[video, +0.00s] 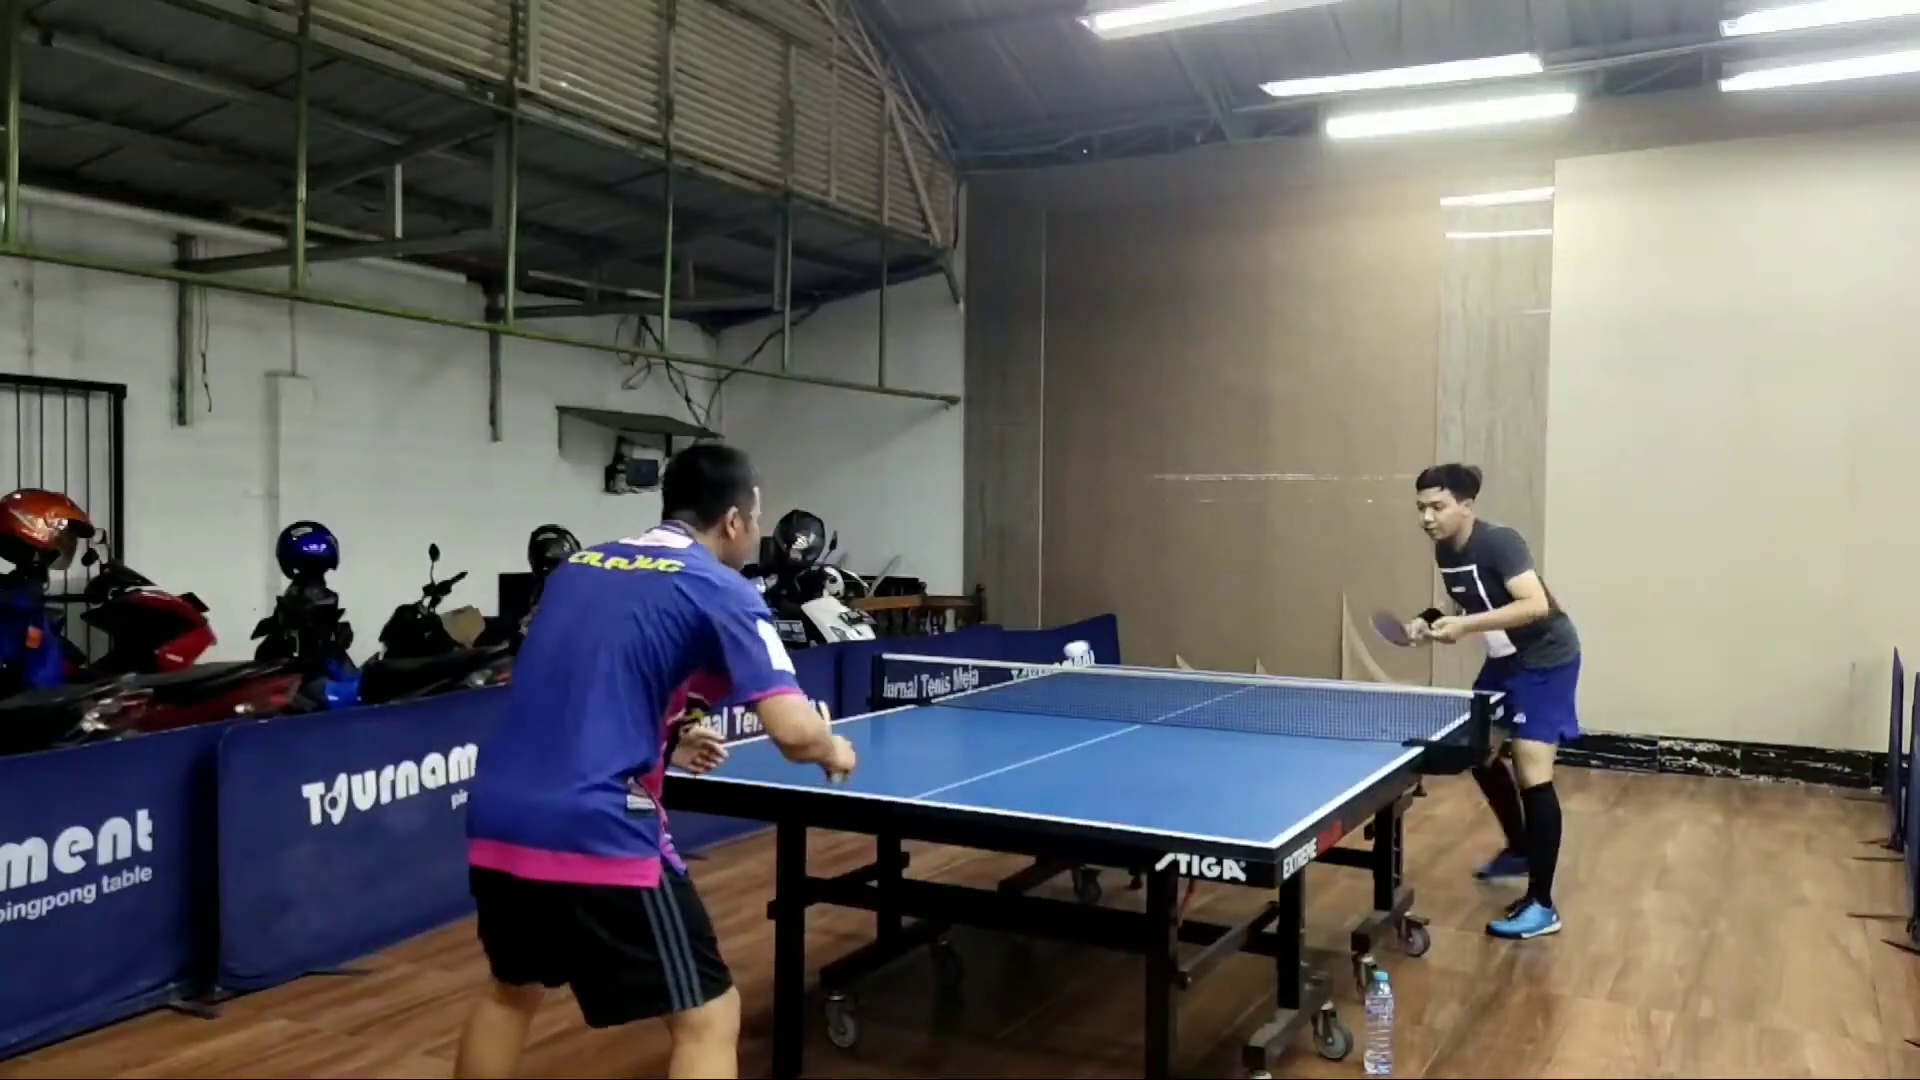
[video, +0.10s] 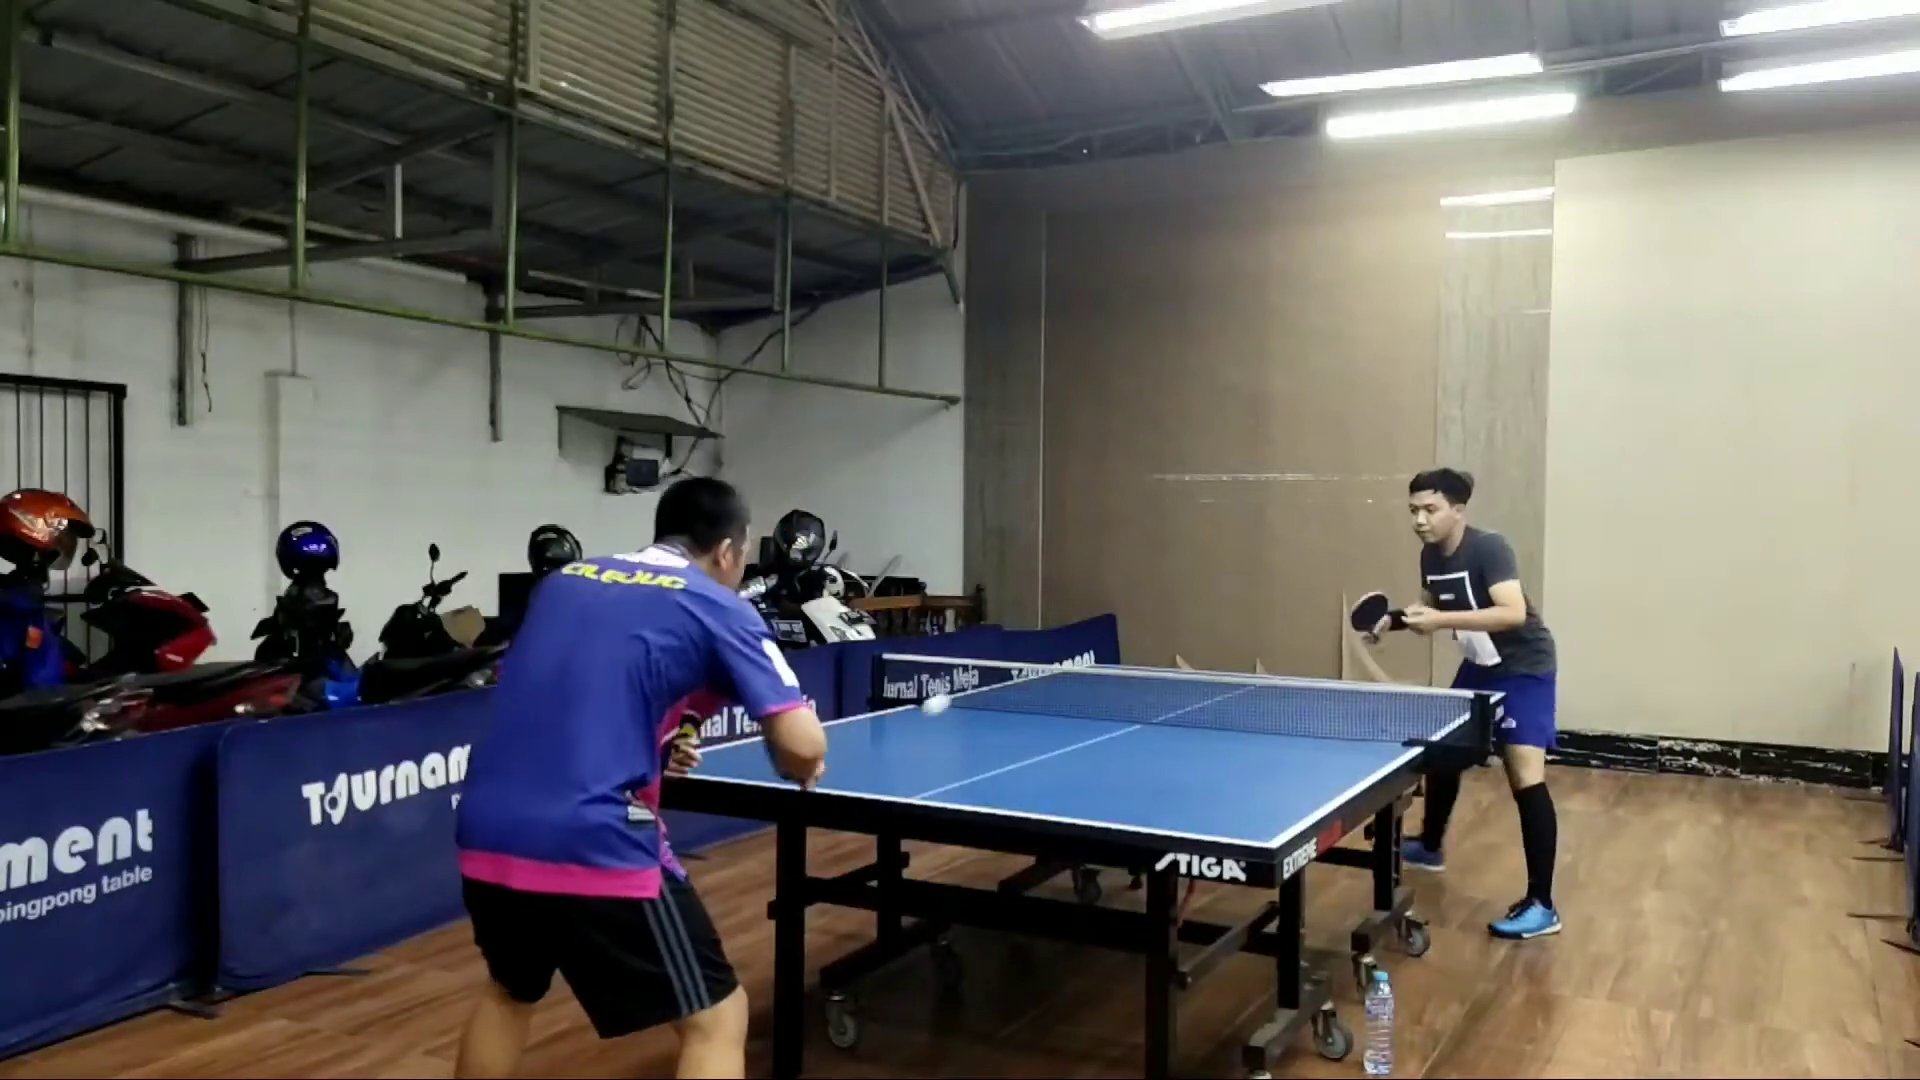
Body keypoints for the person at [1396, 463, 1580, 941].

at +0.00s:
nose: (1427, 517)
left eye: (1436, 506)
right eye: (1422, 509)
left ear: (1465, 505)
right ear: (1423, 511)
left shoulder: (1500, 543)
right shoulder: (1446, 551)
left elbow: (1537, 606)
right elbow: (1472, 606)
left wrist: (1466, 624)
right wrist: (1434, 621)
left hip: (1545, 659)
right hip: (1502, 660)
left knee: (1531, 767)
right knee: (1476, 750)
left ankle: (1542, 903)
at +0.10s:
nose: (1419, 519)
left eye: (1429, 510)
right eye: (1414, 511)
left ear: (1459, 510)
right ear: (1413, 513)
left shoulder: (1489, 548)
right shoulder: (1431, 557)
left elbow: (1514, 613)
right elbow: (1440, 617)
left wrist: (1440, 619)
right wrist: (1398, 620)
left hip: (1523, 670)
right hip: (1477, 667)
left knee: (1525, 775)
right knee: (1442, 751)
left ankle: (1541, 904)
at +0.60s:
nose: (1396, 523)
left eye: (1404, 513)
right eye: (1389, 516)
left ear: (1430, 513)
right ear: (1386, 521)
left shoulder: (1455, 549)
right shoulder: (1407, 570)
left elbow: (1472, 602)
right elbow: (1411, 625)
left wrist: (1407, 599)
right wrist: (1388, 645)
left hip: (1491, 675)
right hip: (1441, 674)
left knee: (1499, 777)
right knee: (1387, 738)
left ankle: (1561, 881)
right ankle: (1389, 841)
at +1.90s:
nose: (1456, 496)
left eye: (1467, 489)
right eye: (1449, 489)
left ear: (1486, 495)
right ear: (1442, 496)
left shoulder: (1516, 537)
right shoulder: (1434, 555)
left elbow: (1561, 585)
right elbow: (1403, 603)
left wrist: (1544, 592)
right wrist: (1376, 596)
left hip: (1528, 663)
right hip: (1472, 664)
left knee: (1536, 758)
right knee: (1428, 750)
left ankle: (1568, 875)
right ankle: (1398, 838)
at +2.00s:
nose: (1469, 489)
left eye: (1480, 481)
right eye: (1462, 481)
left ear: (1499, 488)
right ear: (1454, 488)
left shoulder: (1525, 532)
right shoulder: (1441, 546)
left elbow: (1569, 579)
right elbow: (1395, 584)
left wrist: (1565, 594)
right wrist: (1359, 572)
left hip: (1534, 660)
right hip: (1477, 661)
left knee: (1544, 754)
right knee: (1440, 747)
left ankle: (1570, 874)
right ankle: (1416, 837)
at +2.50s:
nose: (1435, 491)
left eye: (1446, 484)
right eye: (1431, 483)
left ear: (1469, 488)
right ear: (1426, 489)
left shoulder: (1491, 534)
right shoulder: (1421, 546)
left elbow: (1513, 590)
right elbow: (1390, 601)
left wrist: (1452, 604)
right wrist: (1348, 611)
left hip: (1496, 666)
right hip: (1439, 664)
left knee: (1525, 762)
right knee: (1408, 744)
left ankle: (1567, 870)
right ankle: (1411, 837)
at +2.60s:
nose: (1431, 495)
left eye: (1441, 487)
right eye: (1426, 487)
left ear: (1465, 490)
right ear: (1423, 493)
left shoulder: (1489, 533)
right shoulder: (1425, 552)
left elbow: (1509, 587)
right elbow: (1405, 611)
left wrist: (1443, 600)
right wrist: (1360, 624)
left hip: (1503, 666)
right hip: (1446, 665)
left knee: (1529, 763)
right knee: (1409, 743)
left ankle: (1570, 873)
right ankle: (1410, 836)